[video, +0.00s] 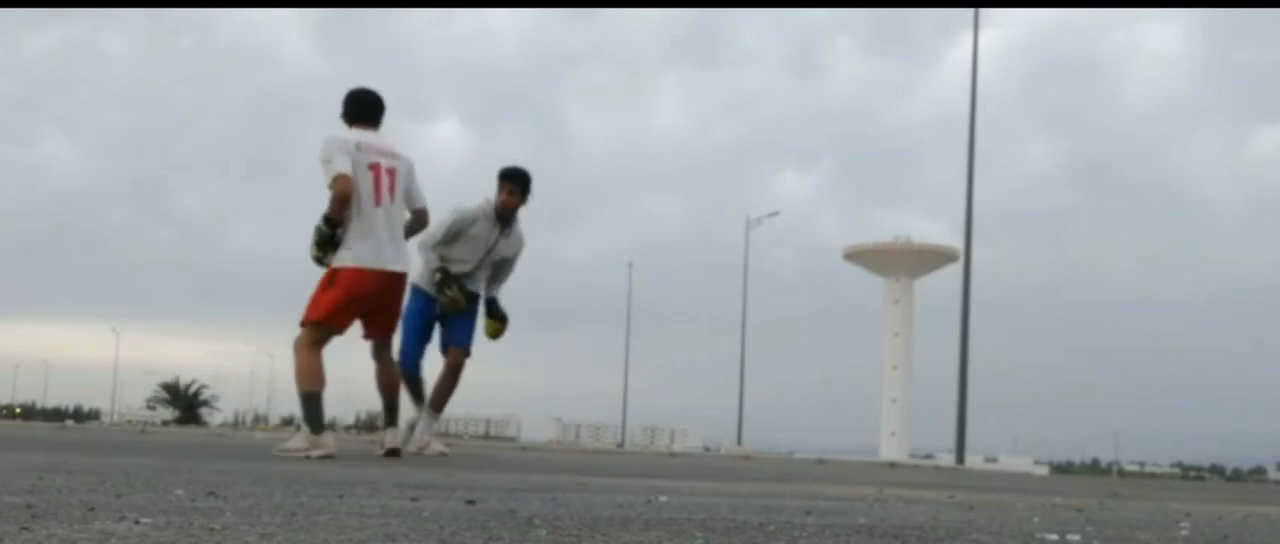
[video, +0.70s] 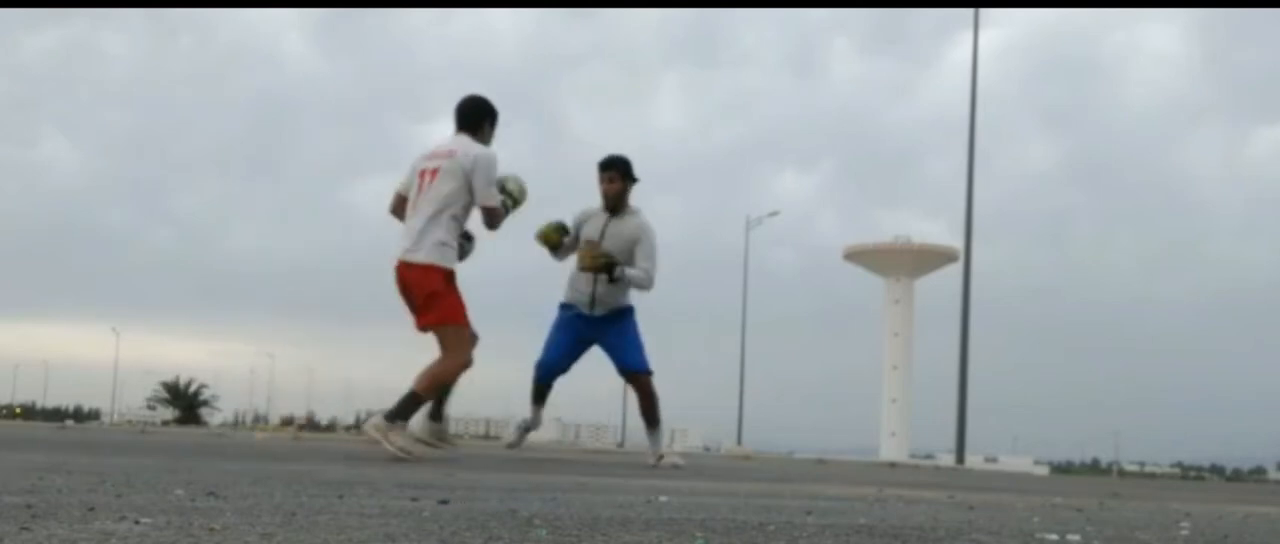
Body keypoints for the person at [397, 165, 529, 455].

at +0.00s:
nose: (506, 200)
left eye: (514, 195)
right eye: (504, 192)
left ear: (523, 201)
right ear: (497, 191)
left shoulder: (514, 241)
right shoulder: (468, 216)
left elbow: (495, 280)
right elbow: (425, 242)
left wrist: (492, 305)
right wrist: (441, 277)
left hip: (465, 295)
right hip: (428, 285)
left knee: (456, 359)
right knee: (407, 361)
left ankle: (425, 432)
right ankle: (421, 411)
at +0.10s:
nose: (517, 184)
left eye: (525, 179)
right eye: (514, 176)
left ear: (534, 184)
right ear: (506, 175)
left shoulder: (532, 229)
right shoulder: (480, 202)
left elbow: (526, 267)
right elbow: (442, 231)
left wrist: (523, 297)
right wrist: (462, 257)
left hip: (491, 296)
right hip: (456, 289)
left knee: (470, 360)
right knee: (453, 367)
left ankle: (432, 430)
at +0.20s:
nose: (523, 181)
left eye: (530, 176)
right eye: (520, 174)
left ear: (542, 181)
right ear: (513, 175)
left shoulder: (547, 223)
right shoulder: (490, 206)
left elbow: (558, 263)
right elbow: (460, 239)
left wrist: (556, 289)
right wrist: (481, 255)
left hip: (521, 292)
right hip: (486, 293)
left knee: (504, 354)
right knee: (495, 376)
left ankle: (467, 422)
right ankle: (538, 429)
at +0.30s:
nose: (530, 180)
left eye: (537, 174)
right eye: (526, 173)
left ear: (550, 178)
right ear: (520, 176)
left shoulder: (562, 221)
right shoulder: (504, 213)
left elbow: (588, 262)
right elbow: (489, 253)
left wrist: (583, 288)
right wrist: (501, 262)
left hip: (544, 293)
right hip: (511, 296)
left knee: (531, 348)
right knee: (510, 384)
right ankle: (542, 431)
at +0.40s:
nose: (542, 174)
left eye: (549, 168)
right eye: (538, 167)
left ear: (563, 171)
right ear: (534, 170)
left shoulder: (579, 212)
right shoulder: (524, 209)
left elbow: (614, 254)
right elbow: (517, 249)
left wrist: (600, 282)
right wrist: (524, 261)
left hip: (563, 294)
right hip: (530, 297)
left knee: (562, 354)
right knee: (520, 378)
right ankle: (546, 437)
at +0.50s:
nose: (563, 173)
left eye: (570, 167)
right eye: (559, 167)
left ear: (584, 170)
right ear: (555, 169)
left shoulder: (600, 208)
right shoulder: (546, 205)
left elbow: (633, 251)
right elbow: (536, 253)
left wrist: (612, 274)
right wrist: (542, 256)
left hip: (582, 304)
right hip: (547, 303)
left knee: (599, 367)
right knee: (531, 378)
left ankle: (630, 436)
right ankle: (548, 439)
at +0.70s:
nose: (608, 187)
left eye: (615, 181)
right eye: (604, 181)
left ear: (629, 185)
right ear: (599, 184)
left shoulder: (639, 228)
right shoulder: (586, 218)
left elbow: (645, 279)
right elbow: (563, 251)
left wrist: (612, 268)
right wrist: (554, 242)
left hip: (616, 318)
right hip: (575, 314)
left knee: (641, 379)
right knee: (544, 369)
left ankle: (656, 450)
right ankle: (534, 419)